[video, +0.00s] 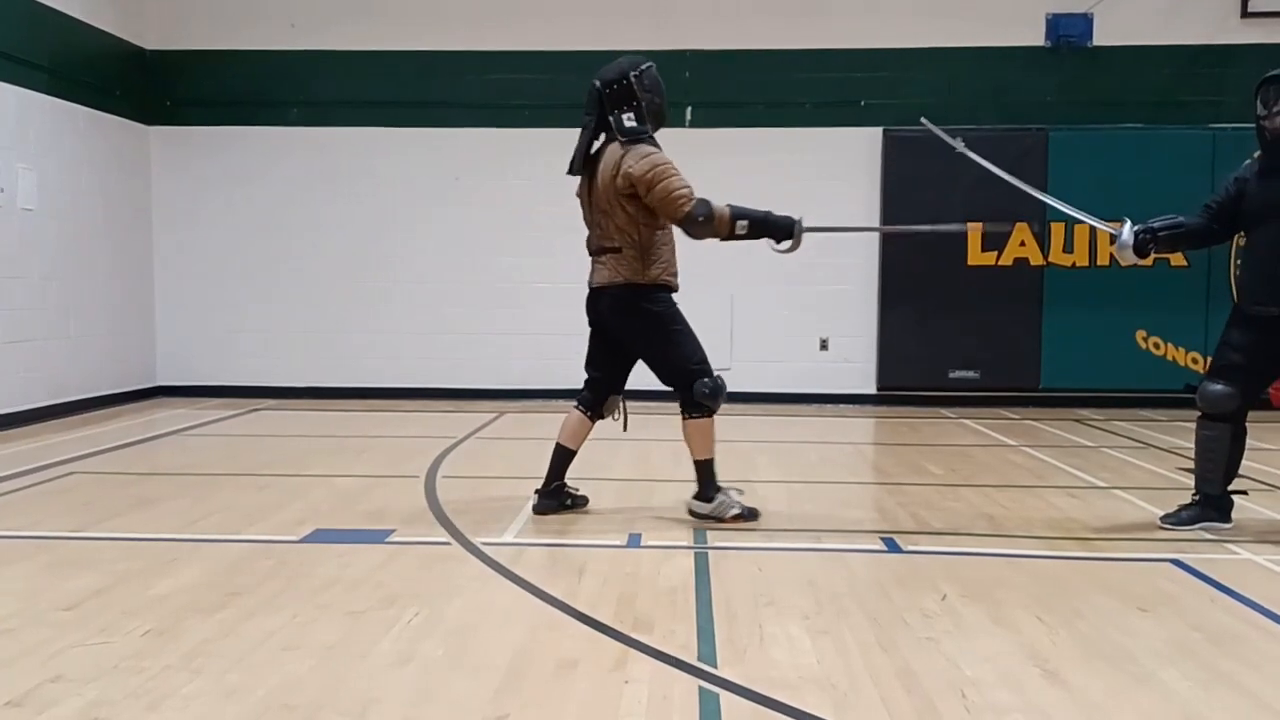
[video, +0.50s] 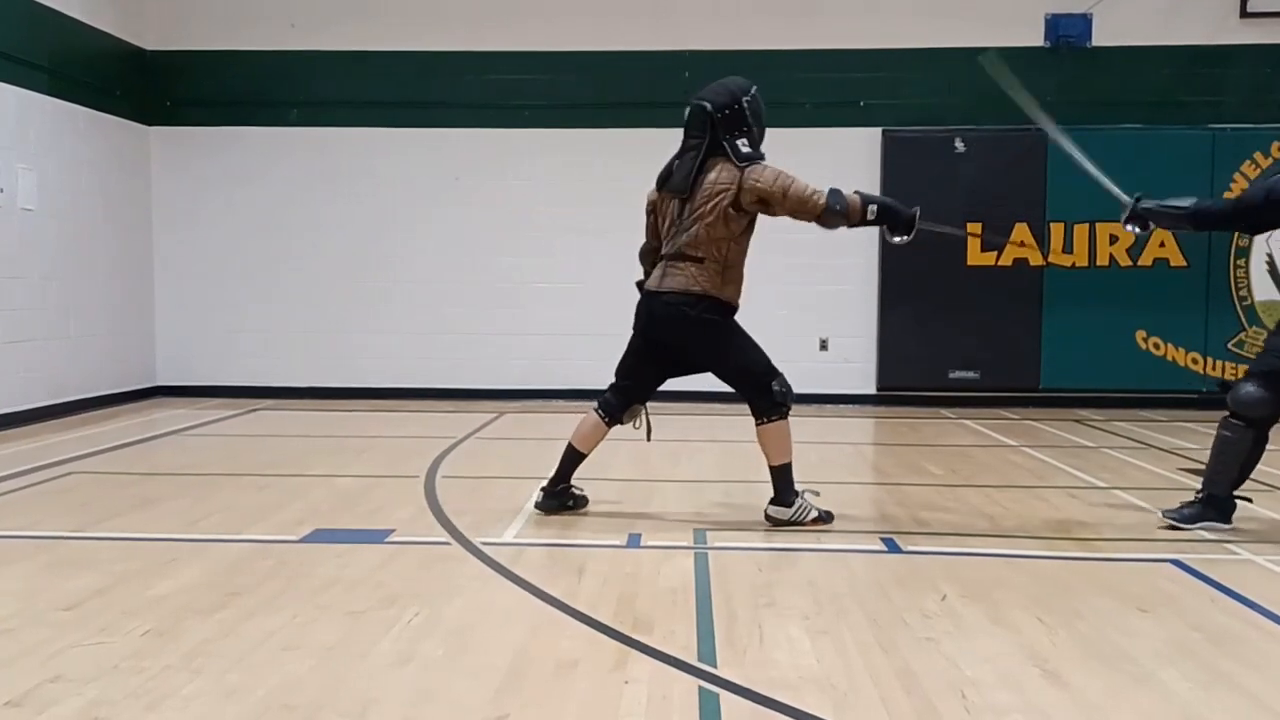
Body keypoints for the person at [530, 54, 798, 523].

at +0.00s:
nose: (660, 101)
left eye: (655, 92)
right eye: (652, 93)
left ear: (608, 103)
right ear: (638, 101)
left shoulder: (597, 154)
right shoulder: (641, 157)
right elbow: (698, 219)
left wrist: (731, 224)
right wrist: (767, 223)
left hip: (607, 297)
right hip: (642, 298)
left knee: (597, 394)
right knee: (699, 388)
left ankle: (551, 488)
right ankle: (708, 494)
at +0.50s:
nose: (758, 130)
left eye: (756, 120)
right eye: (753, 122)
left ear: (703, 124)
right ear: (738, 125)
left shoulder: (673, 172)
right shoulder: (743, 173)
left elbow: (651, 249)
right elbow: (818, 203)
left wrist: (660, 300)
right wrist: (879, 209)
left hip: (656, 311)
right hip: (703, 316)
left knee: (618, 398)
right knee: (770, 392)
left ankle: (556, 486)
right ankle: (785, 499)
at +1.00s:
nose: (685, 112)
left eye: (682, 103)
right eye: (678, 104)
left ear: (632, 111)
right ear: (664, 110)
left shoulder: (620, 162)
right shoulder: (655, 167)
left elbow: (635, 243)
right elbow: (663, 243)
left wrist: (721, 257)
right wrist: (731, 256)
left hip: (615, 304)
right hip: (648, 305)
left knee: (609, 397)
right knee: (717, 383)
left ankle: (554, 486)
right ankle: (698, 492)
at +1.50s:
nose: (665, 107)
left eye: (663, 97)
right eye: (660, 98)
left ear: (616, 102)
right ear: (645, 102)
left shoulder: (599, 154)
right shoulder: (633, 158)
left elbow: (617, 234)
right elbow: (651, 233)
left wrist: (684, 263)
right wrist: (714, 275)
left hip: (603, 293)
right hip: (637, 294)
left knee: (601, 392)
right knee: (688, 388)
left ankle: (553, 486)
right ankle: (682, 494)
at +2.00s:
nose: (647, 102)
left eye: (644, 93)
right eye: (641, 94)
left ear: (597, 100)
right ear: (627, 98)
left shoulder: (587, 152)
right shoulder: (622, 155)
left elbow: (647, 224)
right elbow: (655, 222)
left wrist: (717, 244)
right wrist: (724, 244)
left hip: (593, 293)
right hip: (628, 293)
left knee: (595, 388)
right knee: (671, 390)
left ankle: (553, 487)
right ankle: (682, 495)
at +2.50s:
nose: (655, 105)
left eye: (651, 96)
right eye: (650, 97)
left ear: (604, 104)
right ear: (638, 101)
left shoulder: (588, 153)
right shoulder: (639, 152)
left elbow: (584, 219)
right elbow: (699, 201)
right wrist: (775, 212)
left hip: (595, 293)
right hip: (634, 294)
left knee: (594, 389)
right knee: (674, 390)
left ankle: (553, 487)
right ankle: (683, 495)